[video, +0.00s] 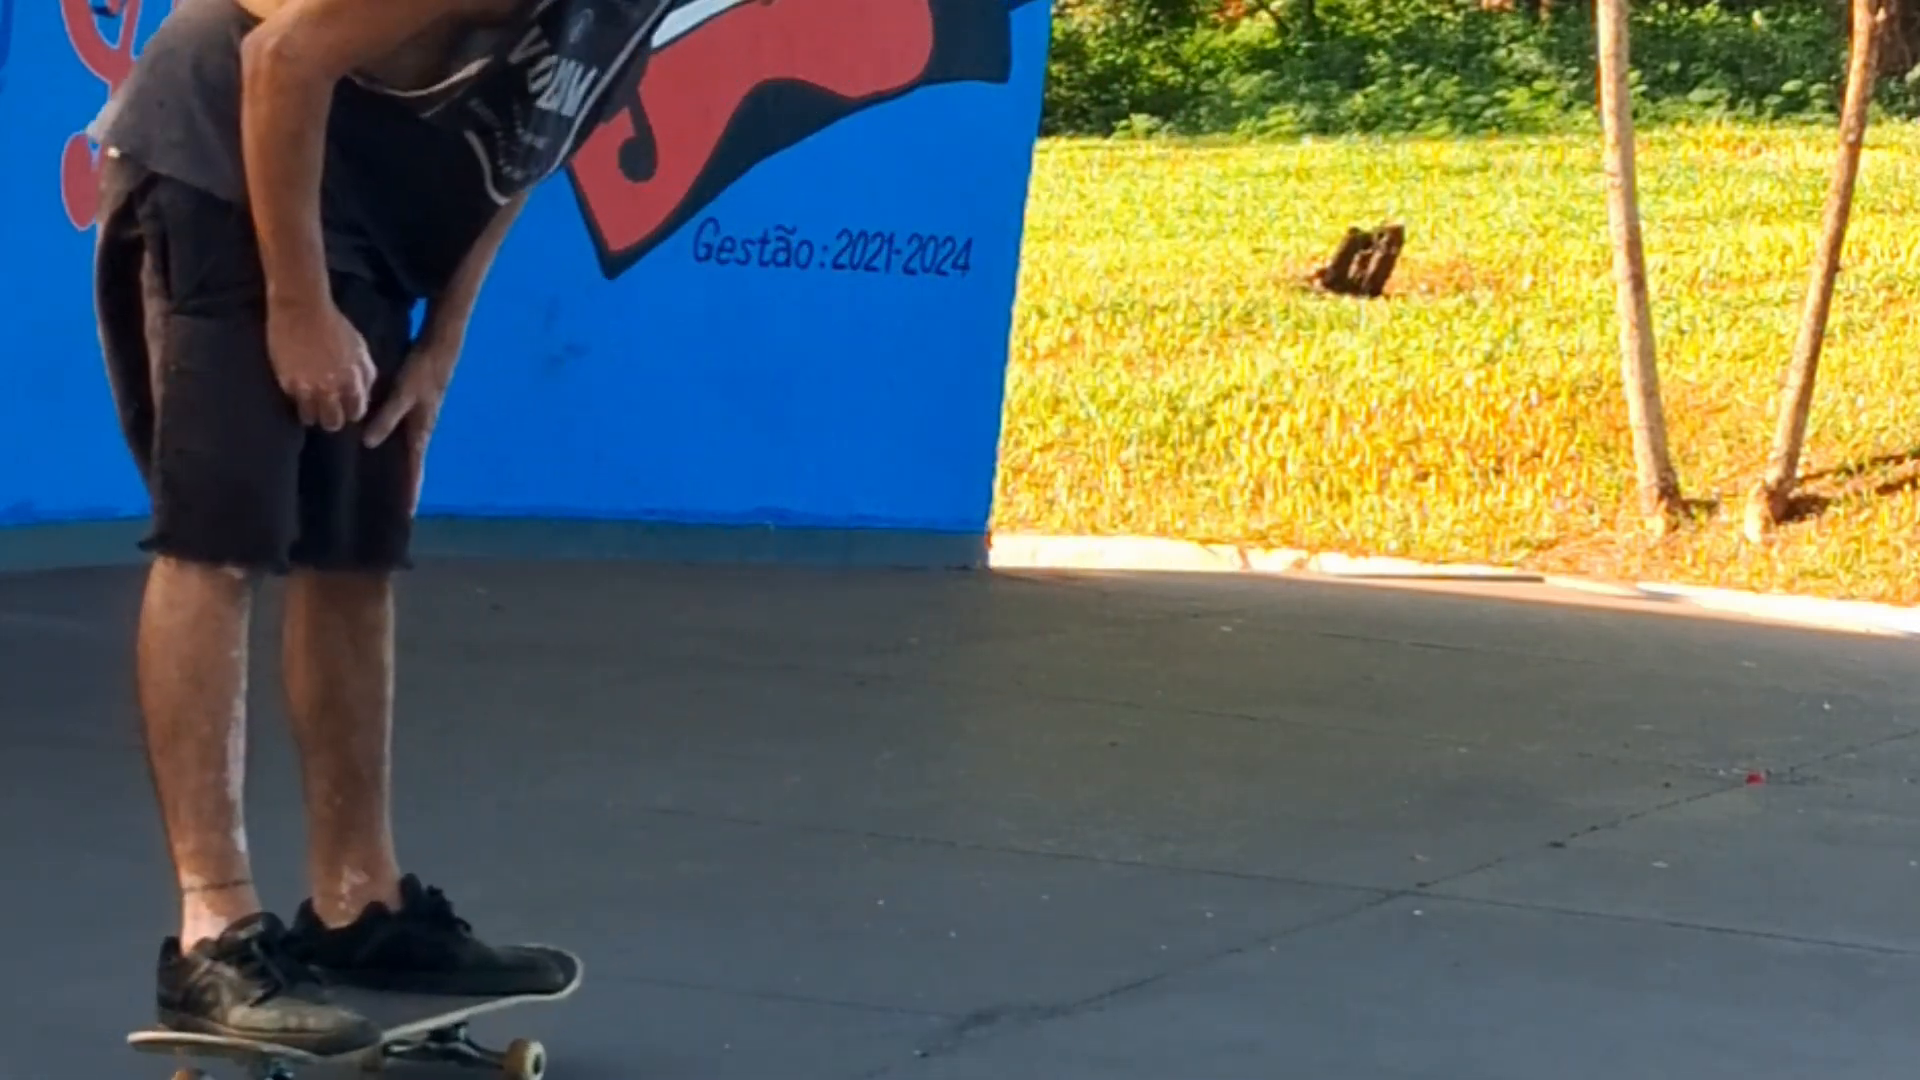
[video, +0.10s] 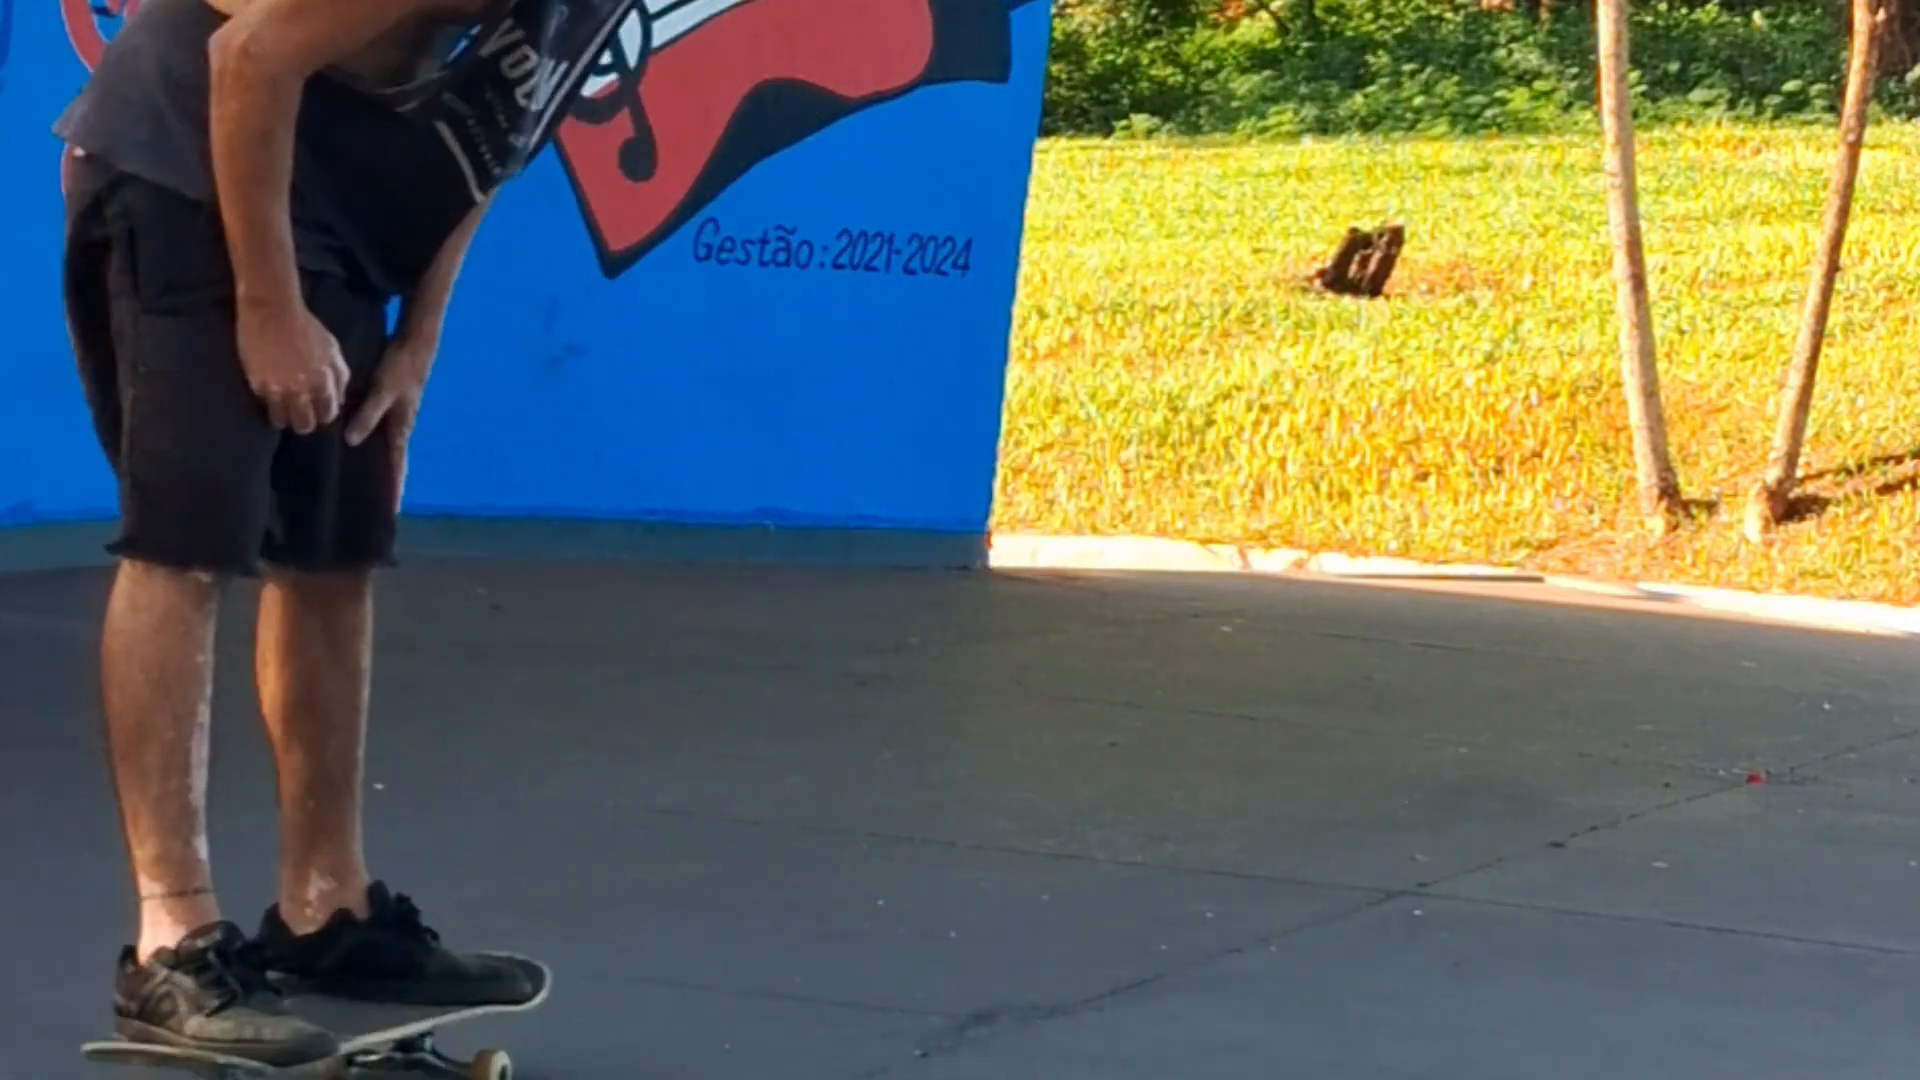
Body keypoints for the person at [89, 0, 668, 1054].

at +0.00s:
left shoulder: (631, 21)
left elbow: (518, 154)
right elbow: (283, 55)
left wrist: (441, 334)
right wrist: (299, 303)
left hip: (386, 202)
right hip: (227, 155)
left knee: (356, 542)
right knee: (213, 540)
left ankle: (358, 908)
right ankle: (214, 941)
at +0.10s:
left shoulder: (583, 20)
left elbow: (476, 147)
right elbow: (251, 53)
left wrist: (418, 328)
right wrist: (271, 304)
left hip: (345, 214)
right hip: (182, 164)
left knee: (333, 544)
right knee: (181, 541)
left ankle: (325, 915)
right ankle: (172, 951)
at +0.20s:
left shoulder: (565, 17)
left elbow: (445, 132)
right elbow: (223, 53)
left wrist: (393, 323)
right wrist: (240, 305)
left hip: (318, 214)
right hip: (150, 165)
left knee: (309, 538)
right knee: (146, 542)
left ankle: (288, 920)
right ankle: (131, 960)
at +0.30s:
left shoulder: (559, 17)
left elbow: (415, 131)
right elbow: (194, 50)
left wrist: (361, 328)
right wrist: (208, 307)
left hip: (293, 212)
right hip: (120, 162)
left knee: (277, 543)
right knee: (113, 544)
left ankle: (243, 933)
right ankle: (80, 961)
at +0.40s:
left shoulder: (539, 16)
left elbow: (381, 124)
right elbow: (164, 48)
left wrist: (326, 323)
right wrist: (187, 309)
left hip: (263, 185)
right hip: (92, 144)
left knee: (242, 541)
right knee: (89, 539)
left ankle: (195, 942)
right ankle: (34, 962)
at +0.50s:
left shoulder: (510, 15)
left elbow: (336, 132)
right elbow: (124, 41)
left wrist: (287, 336)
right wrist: (171, 307)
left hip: (224, 191)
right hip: (63, 137)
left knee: (213, 544)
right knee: (68, 541)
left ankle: (151, 956)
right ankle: (5, 965)